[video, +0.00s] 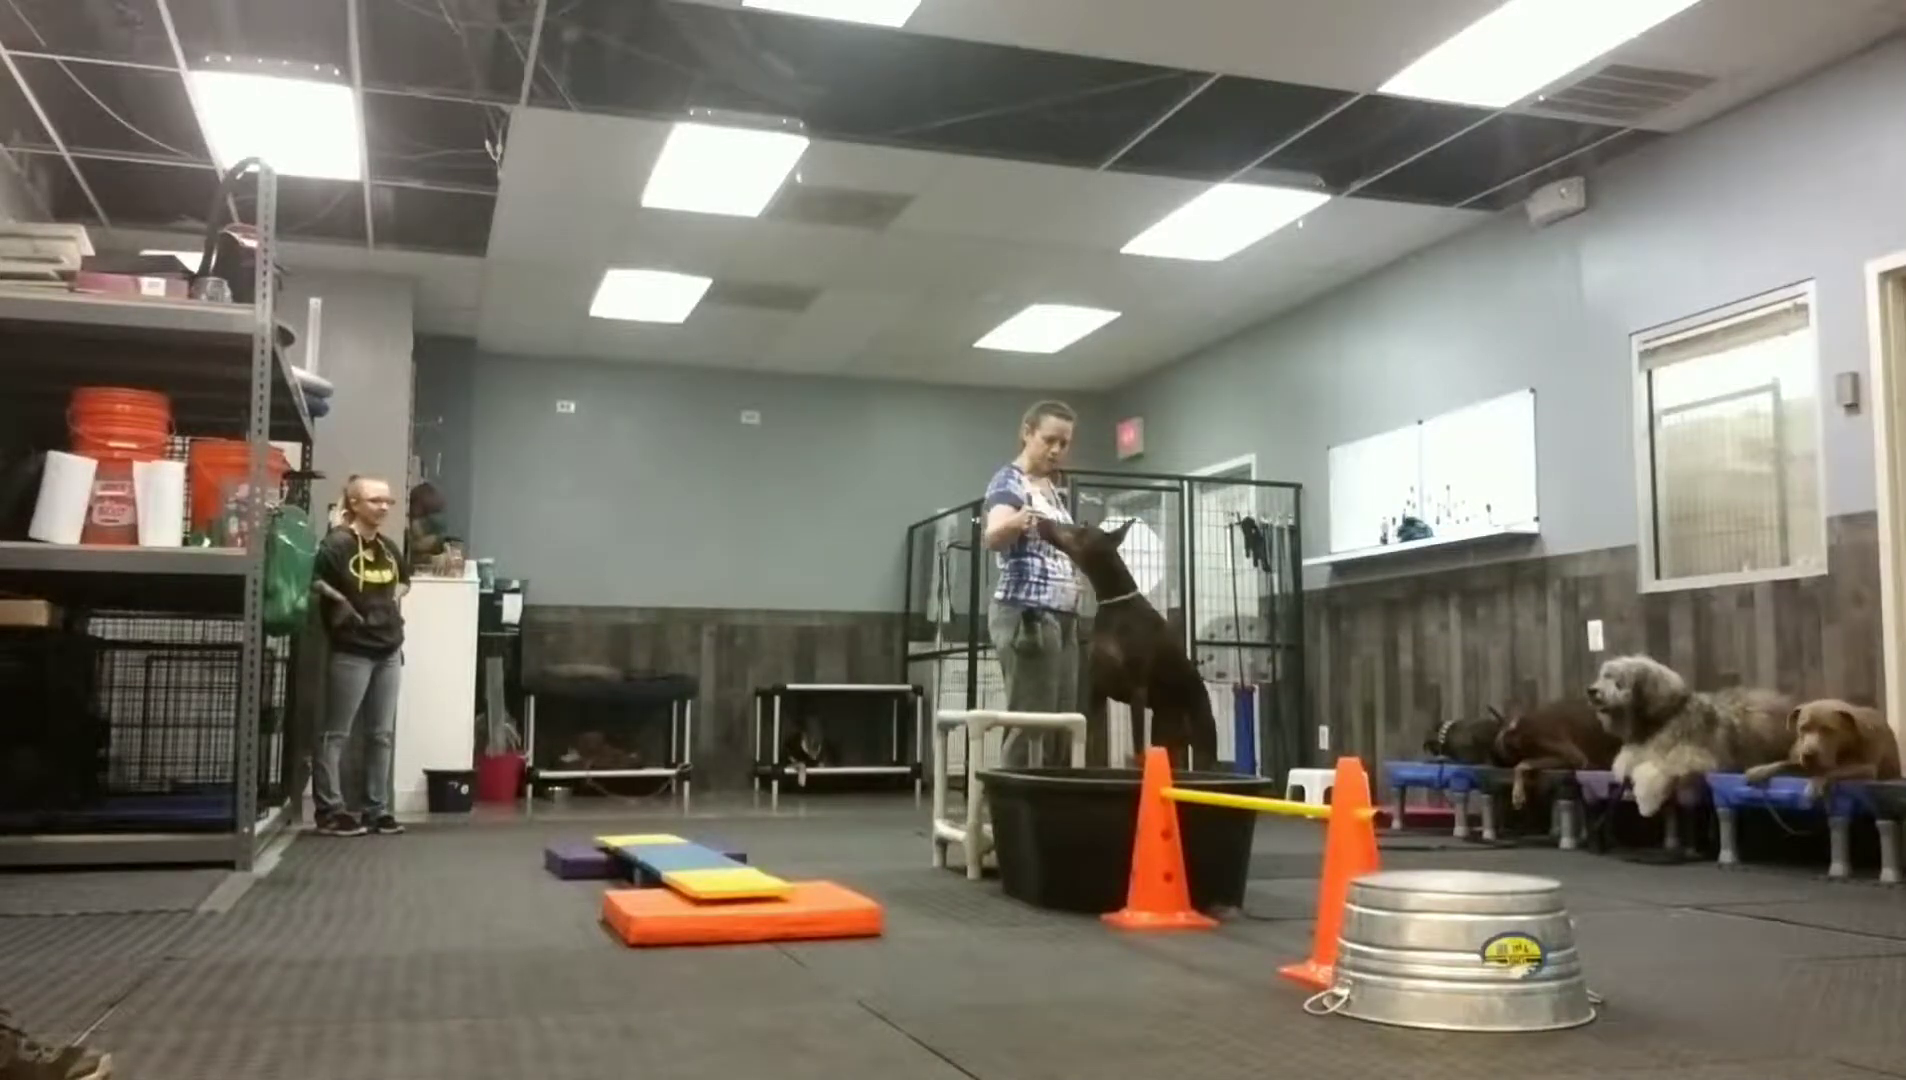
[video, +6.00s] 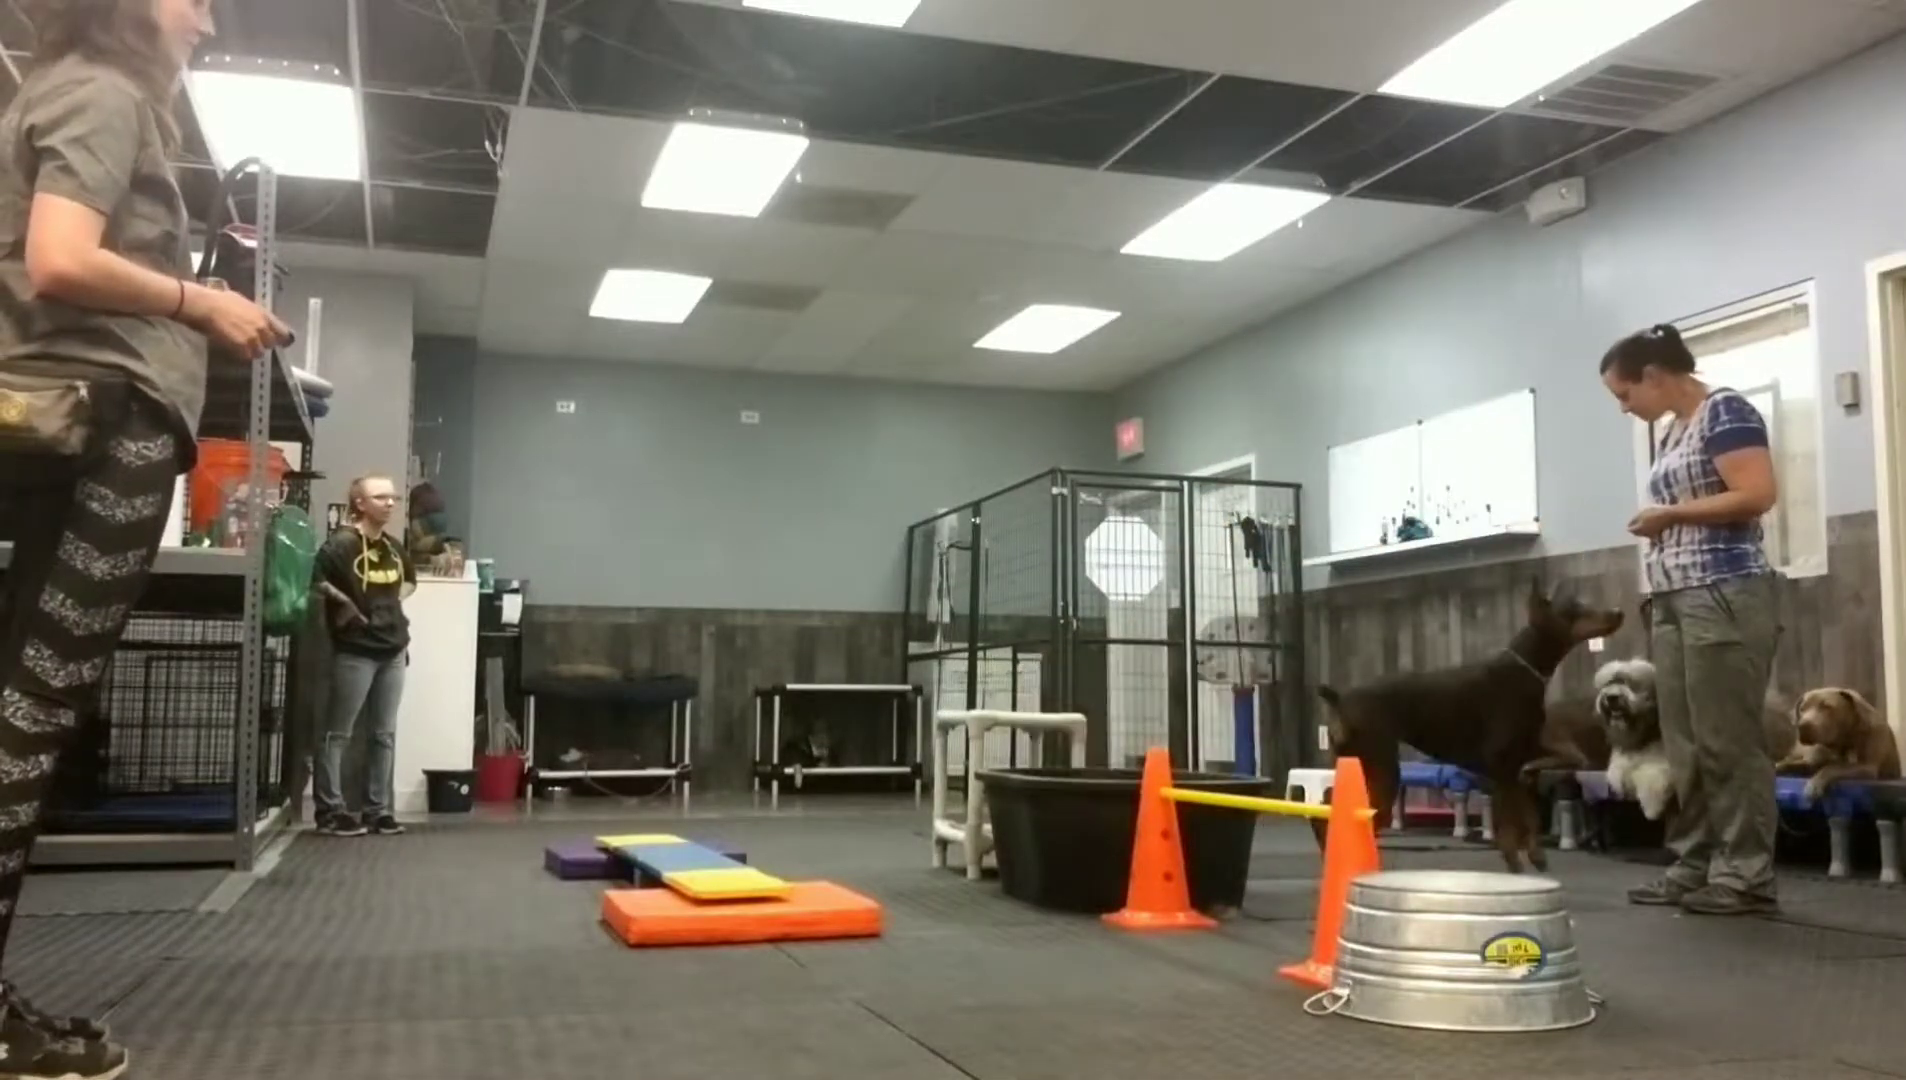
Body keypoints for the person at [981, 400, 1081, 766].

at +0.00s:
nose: (1057, 452)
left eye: (1064, 444)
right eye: (1050, 441)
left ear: (1069, 446)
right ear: (1027, 434)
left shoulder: (1053, 489)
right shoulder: (1010, 479)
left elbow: (1062, 541)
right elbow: (993, 536)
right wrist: (1018, 522)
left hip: (1063, 613)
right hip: (1026, 611)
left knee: (1064, 719)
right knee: (1032, 718)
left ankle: (1054, 808)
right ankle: (1008, 808)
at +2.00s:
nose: (1197, 436)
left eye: (1205, 427)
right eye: (1189, 427)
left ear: (1221, 419)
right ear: (1178, 422)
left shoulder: (1250, 462)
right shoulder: (1159, 469)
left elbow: (1276, 529)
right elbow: (1131, 541)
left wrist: (1239, 538)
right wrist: (1178, 542)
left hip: (1251, 610)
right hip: (1184, 612)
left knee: (1267, 715)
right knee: (1188, 721)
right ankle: (1190, 814)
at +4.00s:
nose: (1228, 413)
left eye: (1230, 400)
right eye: (1221, 405)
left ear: (1260, 378)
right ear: (1240, 391)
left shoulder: (1323, 417)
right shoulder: (1247, 445)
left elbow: (1367, 498)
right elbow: (1240, 512)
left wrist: (1286, 517)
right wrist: (1237, 531)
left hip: (1329, 595)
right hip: (1272, 601)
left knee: (1327, 731)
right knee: (1281, 731)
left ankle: (1331, 867)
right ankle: (1292, 861)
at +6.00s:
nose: (1626, 409)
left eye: (1625, 395)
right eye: (1620, 399)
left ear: (1654, 375)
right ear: (1653, 380)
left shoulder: (1723, 411)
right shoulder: (1669, 437)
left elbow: (1758, 494)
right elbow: (1689, 518)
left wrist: (1671, 514)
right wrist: (1657, 536)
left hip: (1724, 597)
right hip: (1675, 602)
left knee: (1728, 740)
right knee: (1686, 743)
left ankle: (1746, 877)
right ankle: (1694, 866)